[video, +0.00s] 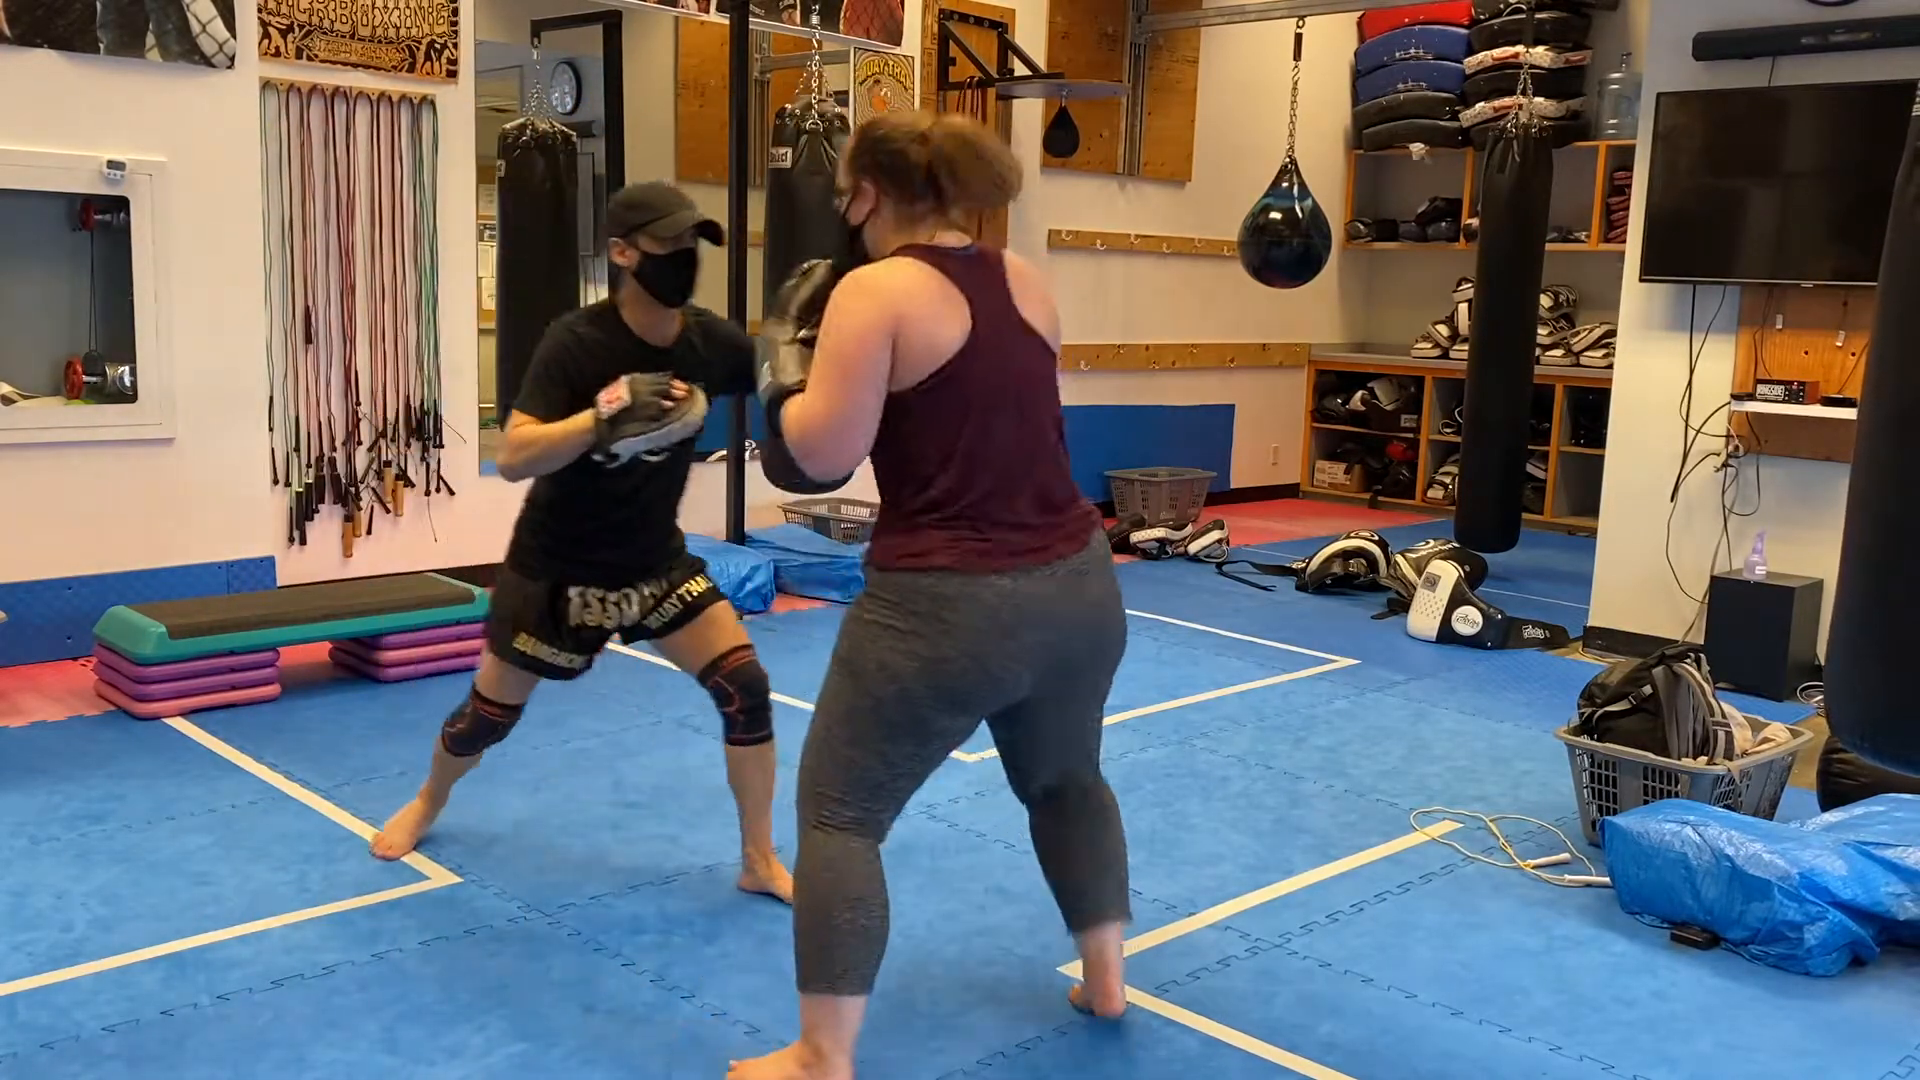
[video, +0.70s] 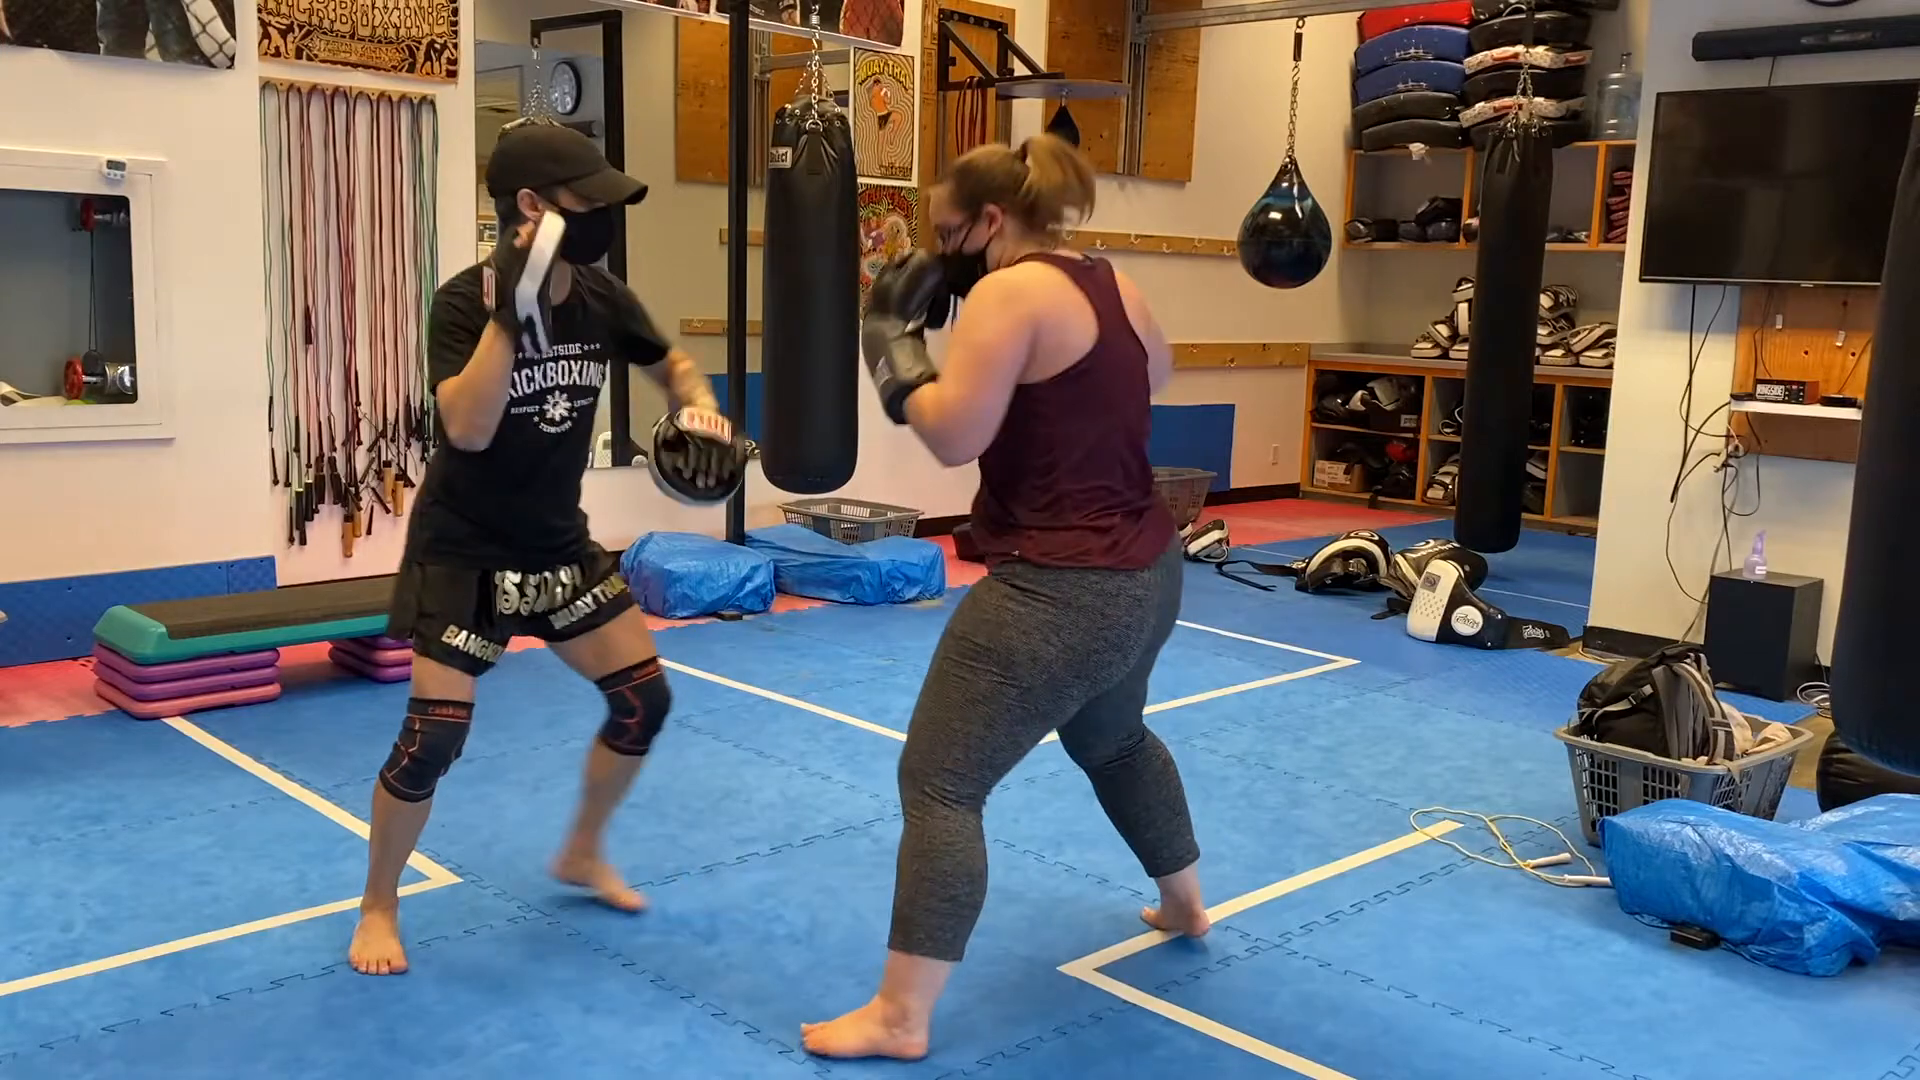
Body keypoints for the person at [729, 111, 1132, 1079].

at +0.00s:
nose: (848, 218)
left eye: (849, 202)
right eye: (845, 204)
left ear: (875, 194)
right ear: (956, 192)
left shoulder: (874, 291)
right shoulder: (1028, 278)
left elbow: (821, 454)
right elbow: (1008, 382)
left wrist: (784, 398)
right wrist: (865, 337)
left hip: (940, 610)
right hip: (1077, 594)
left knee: (840, 818)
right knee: (1067, 778)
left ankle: (825, 1055)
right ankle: (1107, 982)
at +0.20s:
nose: (802, 356)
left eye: (803, 339)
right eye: (800, 339)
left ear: (827, 338)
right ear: (888, 317)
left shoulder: (865, 410)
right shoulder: (973, 359)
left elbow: (847, 572)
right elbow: (1023, 349)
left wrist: (785, 507)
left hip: (1003, 672)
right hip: (1121, 651)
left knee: (819, 814)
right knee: (1093, 755)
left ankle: (823, 1055)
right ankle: (1171, 906)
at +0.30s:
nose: (829, 416)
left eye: (833, 401)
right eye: (824, 402)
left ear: (863, 392)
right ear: (909, 370)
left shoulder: (900, 451)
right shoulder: (984, 409)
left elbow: (918, 605)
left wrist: (837, 575)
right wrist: (859, 522)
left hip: (1035, 697)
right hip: (1148, 678)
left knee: (834, 820)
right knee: (1104, 764)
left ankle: (825, 1054)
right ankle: (1185, 914)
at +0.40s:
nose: (870, 417)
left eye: (874, 400)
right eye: (865, 401)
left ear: (911, 389)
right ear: (967, 370)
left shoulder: (932, 445)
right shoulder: (1047, 411)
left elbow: (947, 597)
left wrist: (875, 577)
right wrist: (907, 531)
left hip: (1041, 693)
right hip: (1165, 681)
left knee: (861, 824)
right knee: (1118, 755)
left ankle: (828, 1051)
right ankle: (1187, 915)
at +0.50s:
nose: (906, 349)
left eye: (910, 333)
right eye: (904, 334)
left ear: (944, 331)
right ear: (1000, 318)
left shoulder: (955, 396)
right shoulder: (1093, 361)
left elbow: (940, 545)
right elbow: (1152, 475)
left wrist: (885, 496)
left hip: (1046, 653)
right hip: (1171, 644)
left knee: (906, 824)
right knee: (1130, 746)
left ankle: (833, 1045)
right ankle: (1188, 912)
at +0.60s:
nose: (935, 283)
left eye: (940, 267)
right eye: (936, 267)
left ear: (976, 262)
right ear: (1032, 252)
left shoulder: (973, 334)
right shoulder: (1120, 314)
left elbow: (938, 476)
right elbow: (1178, 412)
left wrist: (894, 411)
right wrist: (1082, 406)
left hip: (1048, 611)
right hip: (1160, 600)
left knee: (945, 808)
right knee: (1123, 739)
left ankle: (871, 1031)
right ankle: (1187, 909)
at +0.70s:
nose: (945, 245)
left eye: (948, 226)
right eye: (941, 229)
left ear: (995, 217)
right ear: (1044, 211)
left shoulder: (1005, 297)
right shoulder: (1115, 281)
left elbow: (952, 433)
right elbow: (1153, 368)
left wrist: (896, 349)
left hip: (1052, 587)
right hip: (1143, 572)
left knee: (940, 783)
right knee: (1111, 736)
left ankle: (903, 1014)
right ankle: (1185, 901)